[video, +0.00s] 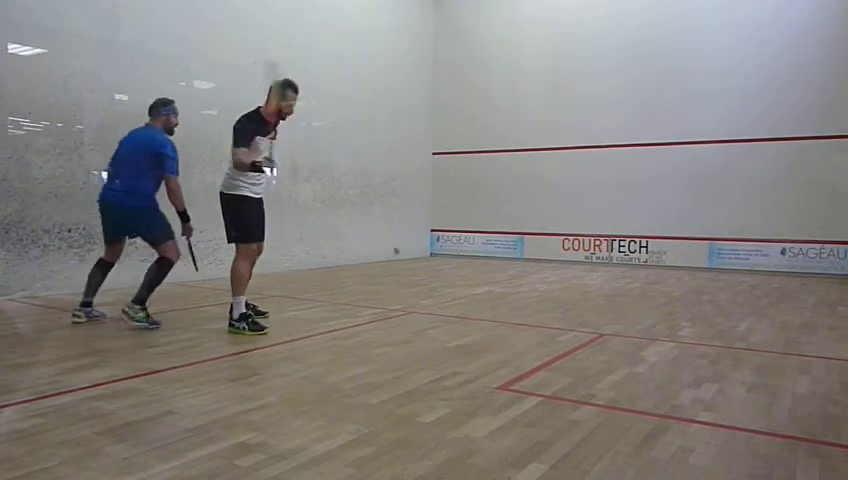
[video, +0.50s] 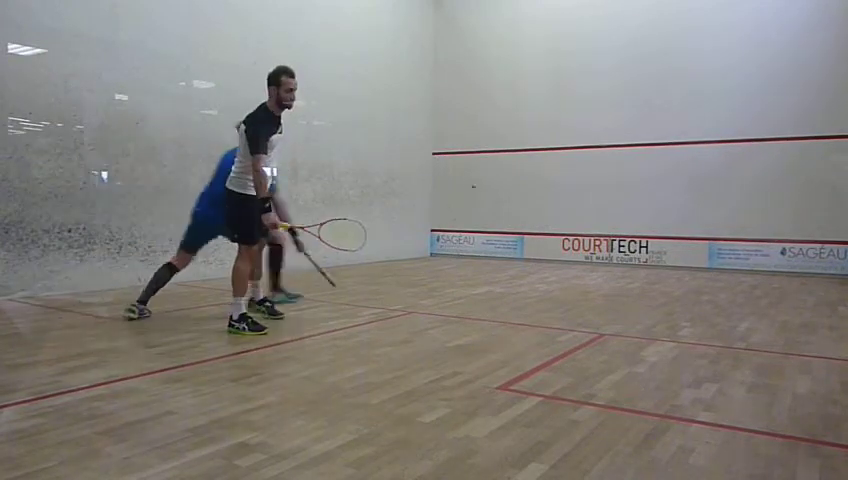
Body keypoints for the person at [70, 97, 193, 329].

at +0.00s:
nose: (177, 122)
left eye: (177, 117)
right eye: (175, 117)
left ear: (154, 117)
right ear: (165, 117)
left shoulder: (131, 136)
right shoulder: (165, 144)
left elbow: (113, 169)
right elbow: (172, 186)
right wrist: (185, 220)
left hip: (110, 202)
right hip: (140, 205)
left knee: (111, 253)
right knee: (170, 254)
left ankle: (85, 306)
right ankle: (137, 306)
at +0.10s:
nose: (188, 119)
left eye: (188, 114)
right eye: (186, 114)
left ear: (165, 114)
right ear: (176, 114)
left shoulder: (143, 133)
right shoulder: (179, 142)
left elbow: (123, 164)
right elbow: (186, 182)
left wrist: (146, 180)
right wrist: (200, 215)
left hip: (127, 205)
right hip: (156, 209)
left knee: (118, 254)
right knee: (169, 259)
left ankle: (87, 305)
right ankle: (133, 311)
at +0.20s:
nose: (202, 116)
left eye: (201, 111)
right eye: (200, 111)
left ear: (178, 111)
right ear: (191, 112)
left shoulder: (156, 130)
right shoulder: (197, 138)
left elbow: (134, 161)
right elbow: (204, 176)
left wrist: (156, 175)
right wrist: (215, 207)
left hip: (144, 199)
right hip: (173, 202)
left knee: (145, 246)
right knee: (177, 257)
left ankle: (115, 294)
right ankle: (139, 303)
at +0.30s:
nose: (215, 125)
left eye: (215, 120)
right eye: (213, 120)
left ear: (192, 120)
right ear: (205, 121)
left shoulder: (169, 142)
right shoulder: (212, 146)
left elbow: (155, 175)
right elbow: (220, 185)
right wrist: (234, 213)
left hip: (159, 202)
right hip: (188, 204)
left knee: (162, 245)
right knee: (210, 251)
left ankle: (136, 296)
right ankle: (165, 286)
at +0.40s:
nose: (233, 140)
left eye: (233, 136)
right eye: (232, 136)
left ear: (211, 135)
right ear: (227, 136)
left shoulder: (196, 151)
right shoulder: (227, 158)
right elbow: (236, 193)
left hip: (175, 212)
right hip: (203, 215)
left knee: (166, 258)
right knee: (245, 239)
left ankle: (136, 303)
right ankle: (219, 288)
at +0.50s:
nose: (267, 148)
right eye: (265, 145)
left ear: (241, 136)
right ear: (260, 142)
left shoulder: (231, 155)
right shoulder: (258, 165)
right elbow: (274, 199)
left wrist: (292, 233)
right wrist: (290, 231)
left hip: (203, 216)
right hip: (229, 219)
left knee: (180, 259)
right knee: (278, 240)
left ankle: (141, 303)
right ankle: (276, 289)